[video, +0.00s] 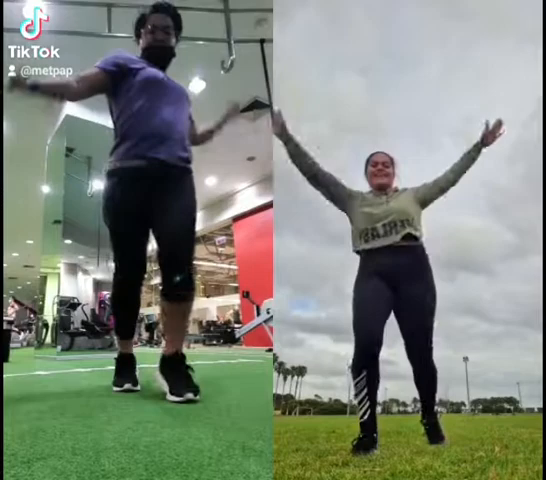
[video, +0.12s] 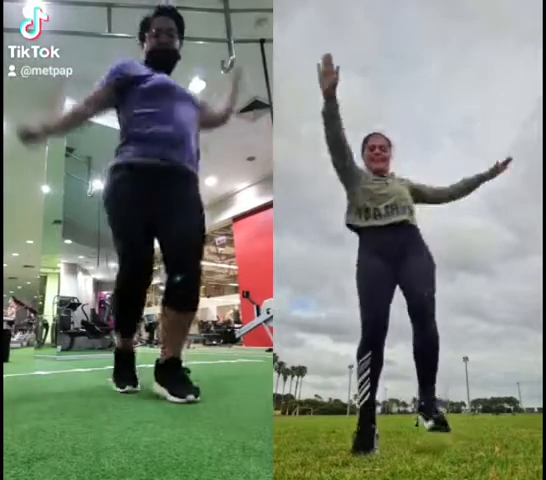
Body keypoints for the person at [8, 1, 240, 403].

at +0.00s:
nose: (161, 35)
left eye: (169, 30)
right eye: (153, 29)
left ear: (177, 40)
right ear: (140, 37)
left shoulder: (180, 93)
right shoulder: (125, 64)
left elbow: (195, 138)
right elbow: (76, 87)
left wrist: (228, 116)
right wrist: (33, 85)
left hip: (176, 179)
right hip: (129, 176)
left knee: (179, 271)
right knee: (129, 269)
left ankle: (174, 362)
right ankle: (125, 359)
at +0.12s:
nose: (163, 38)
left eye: (170, 34)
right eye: (155, 33)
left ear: (180, 44)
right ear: (143, 42)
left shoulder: (188, 99)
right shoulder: (130, 72)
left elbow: (219, 116)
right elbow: (86, 109)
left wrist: (234, 83)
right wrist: (45, 130)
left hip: (180, 182)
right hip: (133, 176)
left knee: (186, 272)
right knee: (136, 267)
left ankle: (170, 365)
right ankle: (125, 353)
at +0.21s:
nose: (165, 35)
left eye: (172, 30)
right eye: (157, 29)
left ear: (182, 40)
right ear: (144, 39)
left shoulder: (193, 88)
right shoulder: (130, 75)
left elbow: (238, 88)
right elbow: (98, 119)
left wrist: (254, 43)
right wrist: (66, 151)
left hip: (181, 173)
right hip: (136, 165)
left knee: (185, 267)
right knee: (145, 239)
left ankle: (171, 364)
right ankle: (127, 331)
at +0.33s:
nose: (161, 34)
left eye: (169, 29)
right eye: (153, 30)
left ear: (180, 39)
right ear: (142, 40)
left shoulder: (195, 81)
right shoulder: (130, 88)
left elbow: (236, 32)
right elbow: (115, 141)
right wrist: (92, 170)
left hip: (178, 182)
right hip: (135, 177)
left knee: (176, 274)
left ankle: (170, 365)